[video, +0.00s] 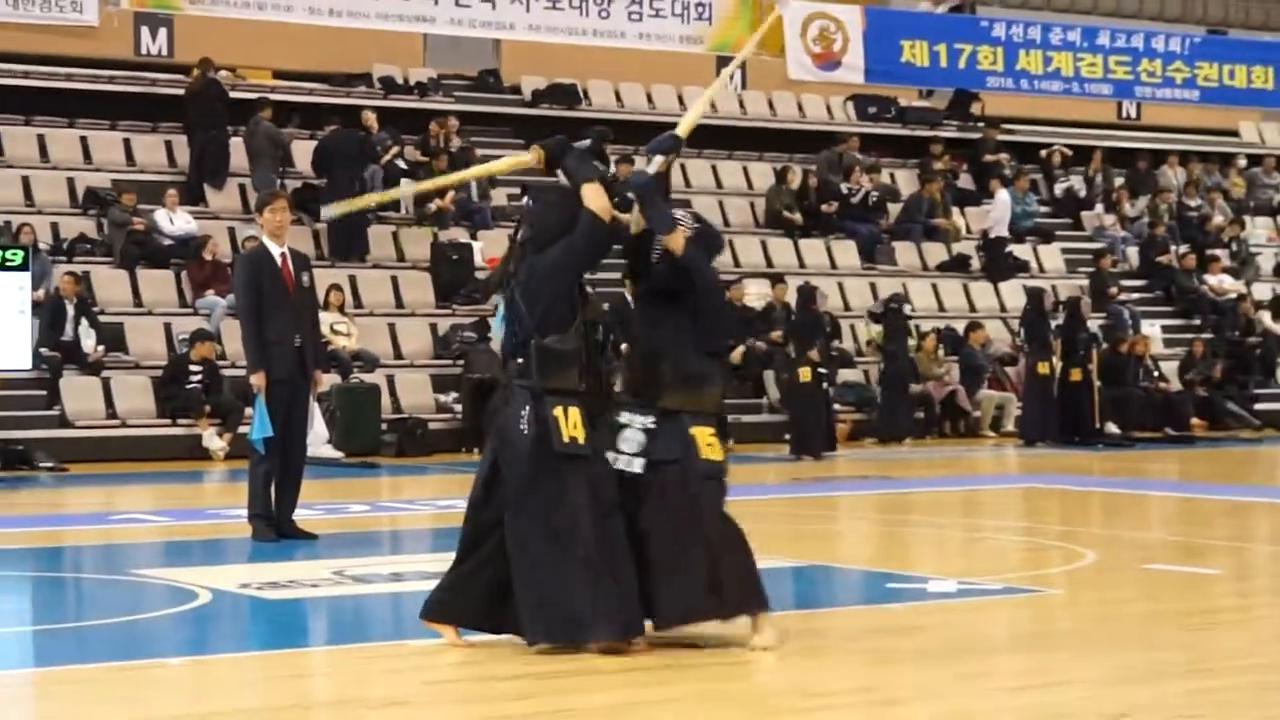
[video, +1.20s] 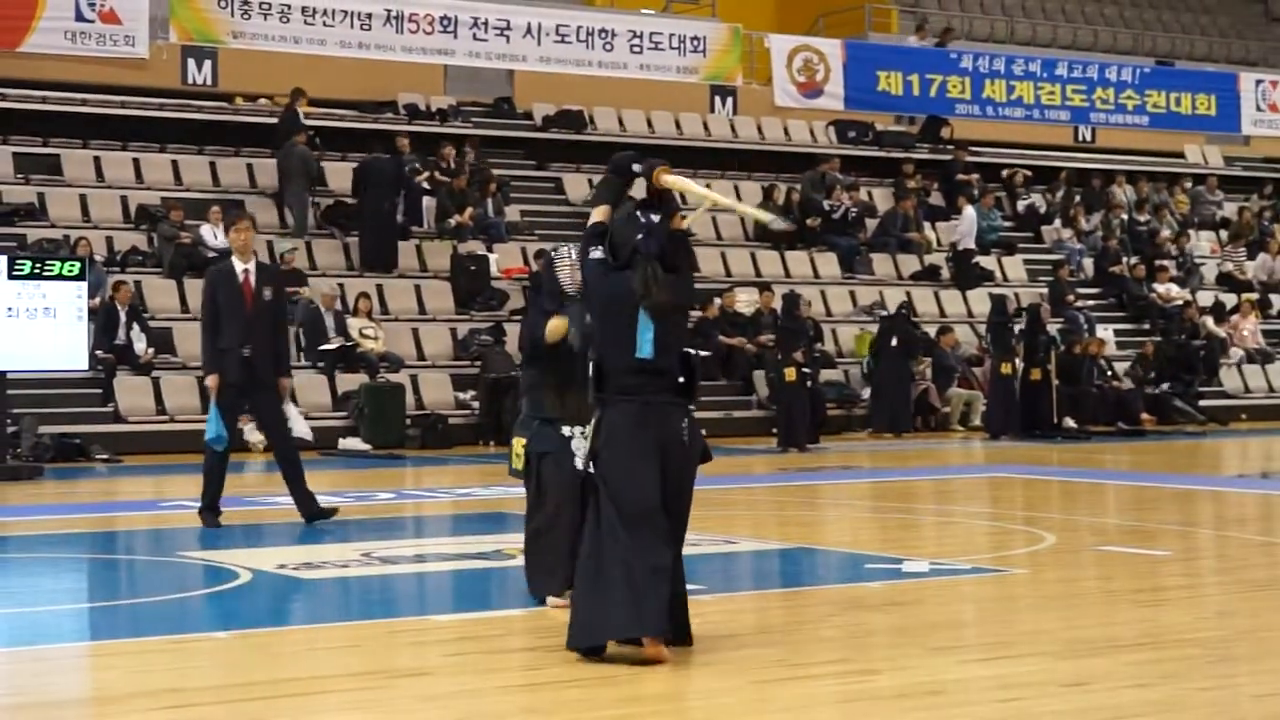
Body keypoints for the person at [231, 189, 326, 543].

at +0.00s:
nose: (279, 217)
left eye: (284, 211)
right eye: (272, 212)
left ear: (291, 216)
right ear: (260, 218)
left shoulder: (301, 260)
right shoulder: (249, 260)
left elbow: (311, 315)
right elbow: (247, 318)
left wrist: (316, 363)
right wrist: (255, 367)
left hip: (301, 363)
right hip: (269, 364)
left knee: (294, 445)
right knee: (266, 446)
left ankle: (285, 517)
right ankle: (260, 520)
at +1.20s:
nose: (242, 236)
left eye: (247, 230)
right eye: (236, 231)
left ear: (254, 234)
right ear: (227, 236)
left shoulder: (271, 272)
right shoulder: (216, 274)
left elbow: (280, 326)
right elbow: (209, 326)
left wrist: (283, 372)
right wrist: (210, 370)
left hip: (263, 369)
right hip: (228, 370)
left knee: (282, 440)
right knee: (219, 441)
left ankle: (309, 507)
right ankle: (209, 509)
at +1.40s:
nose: (212, 233)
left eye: (216, 228)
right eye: (207, 228)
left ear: (226, 232)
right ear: (198, 235)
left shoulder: (245, 269)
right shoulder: (187, 274)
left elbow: (255, 323)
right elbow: (181, 324)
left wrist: (258, 368)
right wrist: (183, 369)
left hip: (237, 367)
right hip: (200, 369)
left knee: (249, 440)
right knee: (199, 443)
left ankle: (261, 506)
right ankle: (206, 509)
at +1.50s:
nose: (201, 233)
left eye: (205, 227)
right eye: (195, 228)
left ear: (214, 231)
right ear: (186, 234)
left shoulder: (233, 267)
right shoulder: (178, 272)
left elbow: (244, 320)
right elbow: (172, 324)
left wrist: (246, 365)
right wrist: (174, 368)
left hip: (226, 364)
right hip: (191, 366)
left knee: (224, 435)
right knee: (194, 439)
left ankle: (227, 506)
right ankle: (204, 507)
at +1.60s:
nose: (188, 233)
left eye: (192, 227)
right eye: (183, 228)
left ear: (204, 230)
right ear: (176, 234)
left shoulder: (224, 267)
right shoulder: (170, 271)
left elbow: (234, 319)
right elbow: (165, 324)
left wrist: (235, 366)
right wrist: (167, 370)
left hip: (215, 363)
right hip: (182, 364)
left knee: (201, 431)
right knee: (187, 435)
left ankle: (192, 502)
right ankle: (204, 506)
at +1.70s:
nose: (178, 237)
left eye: (182, 231)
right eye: (171, 232)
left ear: (192, 234)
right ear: (164, 238)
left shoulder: (212, 270)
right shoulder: (160, 277)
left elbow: (223, 322)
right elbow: (155, 328)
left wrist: (224, 371)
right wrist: (158, 375)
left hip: (203, 368)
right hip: (170, 369)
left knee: (180, 433)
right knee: (182, 438)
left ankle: (156, 507)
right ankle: (205, 509)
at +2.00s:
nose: (136, 235)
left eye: (141, 229)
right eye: (130, 230)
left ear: (153, 233)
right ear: (122, 236)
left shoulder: (168, 268)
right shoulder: (119, 274)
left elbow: (178, 323)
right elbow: (113, 328)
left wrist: (179, 373)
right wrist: (114, 375)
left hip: (157, 370)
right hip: (129, 370)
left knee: (131, 440)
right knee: (153, 444)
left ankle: (114, 517)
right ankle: (195, 504)